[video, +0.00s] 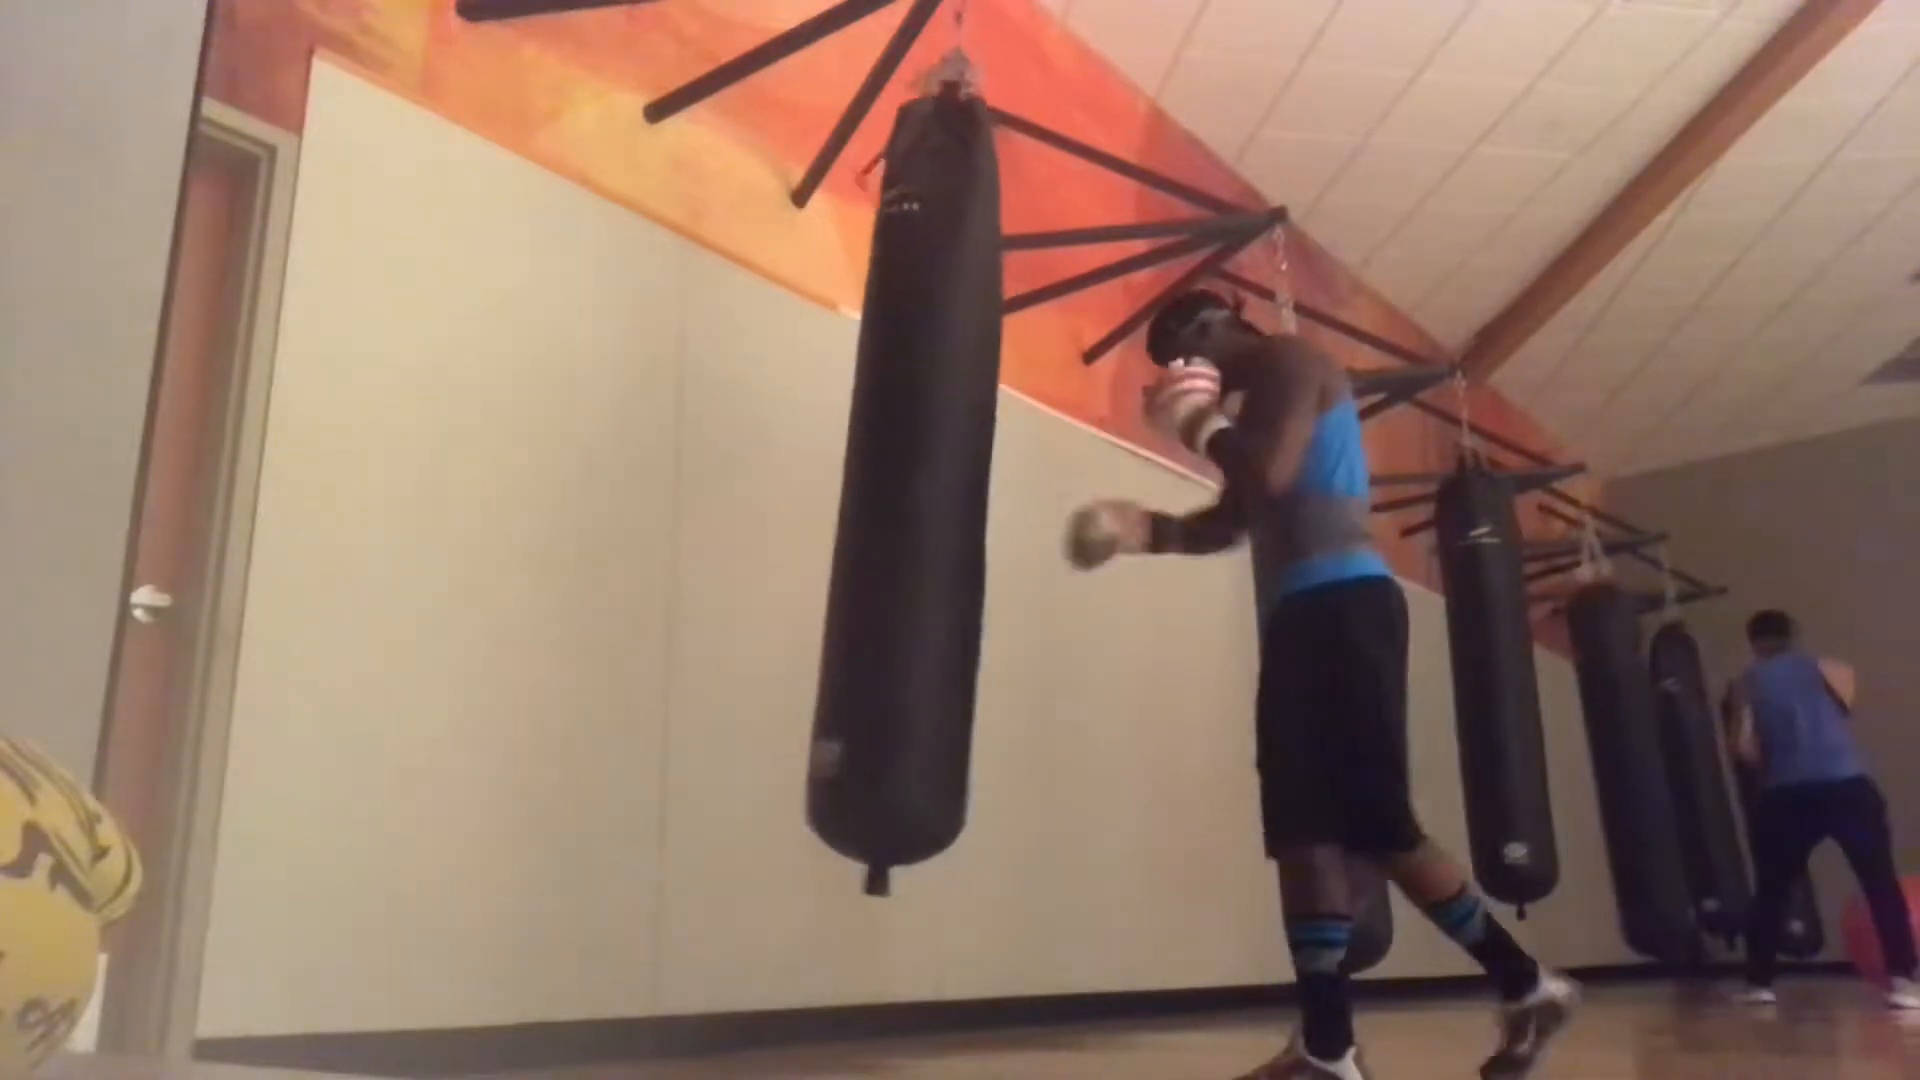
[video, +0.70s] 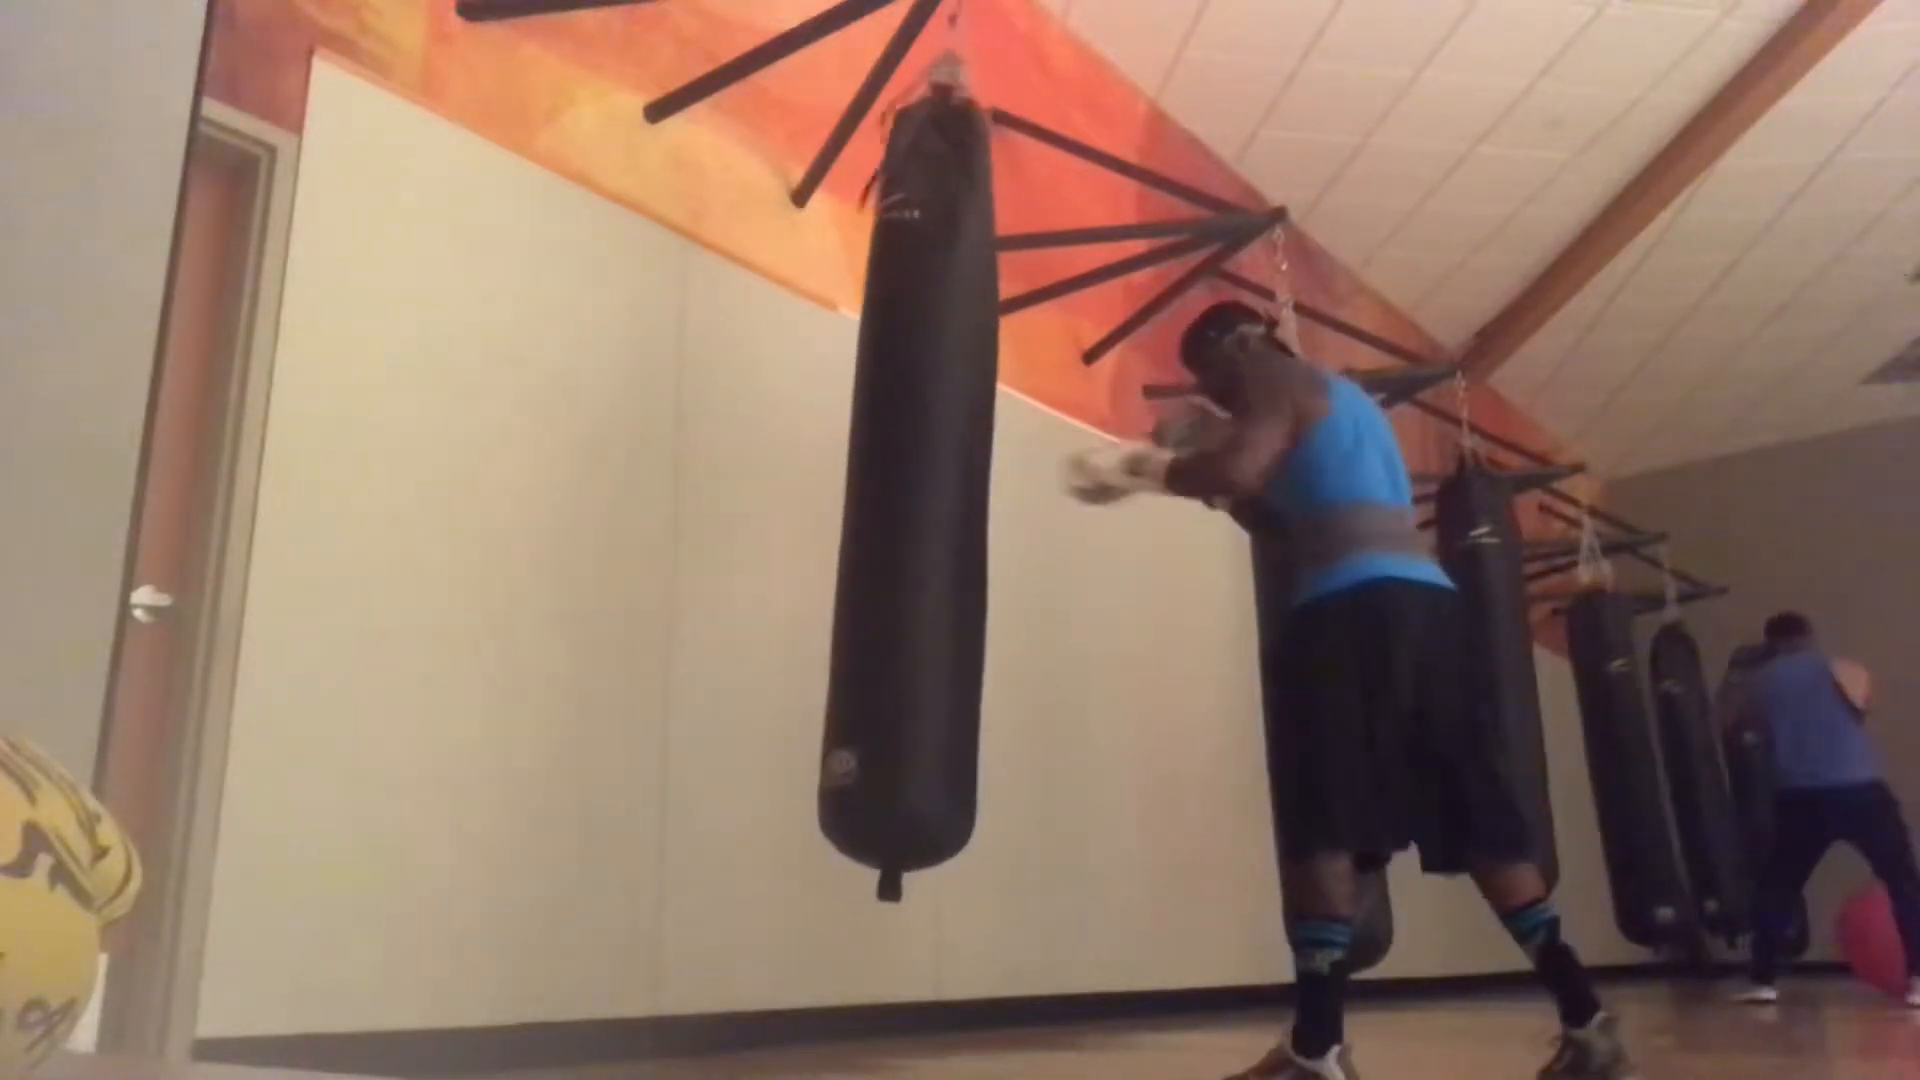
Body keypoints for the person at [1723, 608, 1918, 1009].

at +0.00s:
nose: (1761, 650)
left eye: (1756, 644)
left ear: (1754, 645)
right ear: (1793, 636)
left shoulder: (1745, 685)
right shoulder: (1827, 667)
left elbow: (1743, 748)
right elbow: (1847, 704)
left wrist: (1775, 758)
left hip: (1788, 796)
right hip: (1849, 789)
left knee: (1771, 889)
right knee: (1880, 882)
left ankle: (1760, 983)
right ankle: (1904, 978)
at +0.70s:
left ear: (1769, 644)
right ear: (1810, 638)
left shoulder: (1758, 682)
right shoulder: (1841, 668)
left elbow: (1733, 727)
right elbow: (1862, 707)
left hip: (1801, 799)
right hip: (1860, 794)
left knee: (1778, 884)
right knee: (1903, 880)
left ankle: (1764, 980)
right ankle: (1916, 977)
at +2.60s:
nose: (1711, 680)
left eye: (1703, 675)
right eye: (1716, 673)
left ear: (1693, 677)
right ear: (1726, 671)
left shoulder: (1691, 708)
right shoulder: (1752, 695)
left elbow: (1655, 717)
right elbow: (1771, 714)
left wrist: (1632, 710)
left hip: (1747, 801)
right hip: (1796, 790)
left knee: (1725, 885)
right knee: (1841, 872)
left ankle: (1696, 971)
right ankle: (1874, 962)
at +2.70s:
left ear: (1680, 677)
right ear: (1716, 669)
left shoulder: (1676, 711)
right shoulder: (1745, 692)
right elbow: (1771, 724)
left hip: (1727, 800)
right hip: (1780, 788)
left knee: (1712, 879)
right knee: (1819, 866)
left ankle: (1695, 971)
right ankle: (1842, 952)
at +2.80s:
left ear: (1681, 672)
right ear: (1717, 664)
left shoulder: (1675, 708)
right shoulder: (1739, 686)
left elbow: (1656, 756)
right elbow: (1769, 710)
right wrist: (1777, 748)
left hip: (1719, 801)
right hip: (1772, 790)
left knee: (1706, 886)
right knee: (1808, 869)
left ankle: (1692, 977)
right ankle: (1819, 958)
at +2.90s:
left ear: (1693, 662)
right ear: (1726, 657)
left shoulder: (1682, 700)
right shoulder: (1756, 688)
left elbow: (1677, 761)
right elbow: (1783, 741)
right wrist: (1775, 764)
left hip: (1717, 802)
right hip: (1771, 795)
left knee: (1707, 886)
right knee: (1806, 879)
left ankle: (1692, 979)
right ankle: (1814, 968)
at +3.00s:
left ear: (1707, 660)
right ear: (1743, 657)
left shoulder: (1691, 699)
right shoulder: (1772, 690)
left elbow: (1680, 759)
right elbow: (1792, 743)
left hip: (1723, 806)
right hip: (1779, 799)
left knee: (1712, 887)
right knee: (1816, 882)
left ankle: (1694, 977)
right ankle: (1817, 973)